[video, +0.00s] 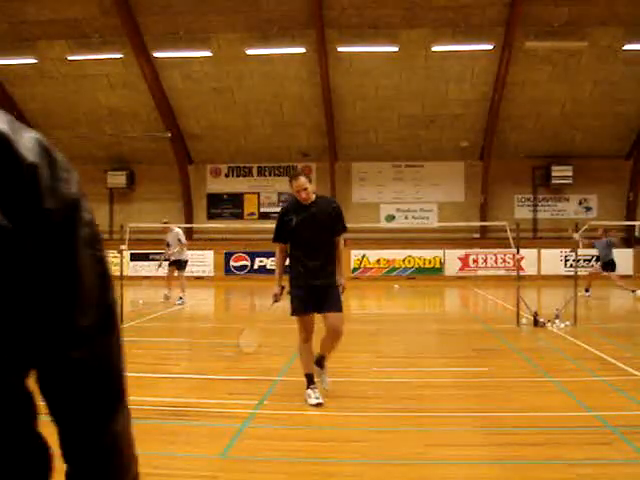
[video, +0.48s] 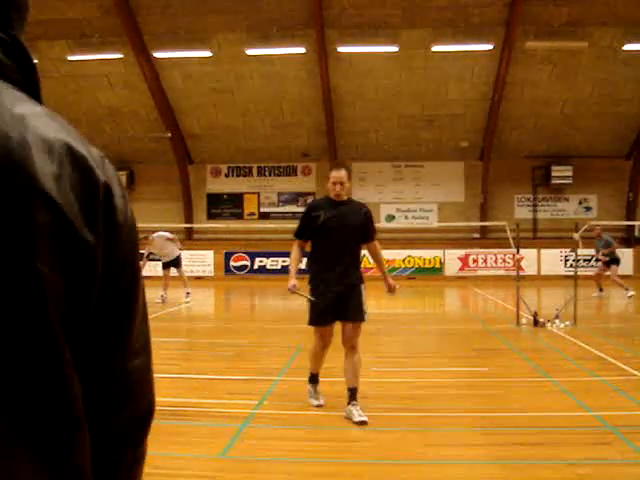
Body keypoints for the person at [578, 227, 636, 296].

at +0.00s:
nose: (599, 233)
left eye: (601, 232)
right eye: (599, 231)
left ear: (604, 233)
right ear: (598, 233)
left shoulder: (608, 241)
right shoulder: (597, 242)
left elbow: (617, 244)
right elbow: (588, 243)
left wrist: (615, 237)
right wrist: (580, 240)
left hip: (609, 263)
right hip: (602, 264)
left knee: (616, 280)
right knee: (591, 274)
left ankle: (632, 290)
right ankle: (587, 290)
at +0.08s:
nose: (596, 234)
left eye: (598, 232)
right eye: (596, 232)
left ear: (602, 233)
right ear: (596, 234)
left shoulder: (606, 242)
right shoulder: (595, 243)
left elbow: (617, 245)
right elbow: (582, 247)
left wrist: (614, 240)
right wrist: (579, 240)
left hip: (608, 265)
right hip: (600, 265)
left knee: (613, 284)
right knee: (588, 273)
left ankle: (630, 291)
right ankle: (587, 291)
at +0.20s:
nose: (592, 233)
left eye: (594, 232)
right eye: (591, 232)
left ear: (597, 233)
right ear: (591, 233)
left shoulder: (599, 240)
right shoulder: (594, 243)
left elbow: (609, 244)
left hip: (606, 261)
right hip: (599, 262)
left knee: (602, 283)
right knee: (587, 272)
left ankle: (621, 291)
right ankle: (587, 291)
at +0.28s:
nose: (592, 232)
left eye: (593, 229)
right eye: (591, 230)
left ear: (597, 230)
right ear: (590, 231)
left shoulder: (600, 237)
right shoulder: (594, 241)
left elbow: (609, 242)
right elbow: (595, 254)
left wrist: (599, 246)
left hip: (608, 258)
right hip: (601, 259)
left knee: (604, 278)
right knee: (590, 273)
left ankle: (620, 290)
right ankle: (587, 290)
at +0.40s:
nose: (594, 232)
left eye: (596, 230)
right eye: (593, 230)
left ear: (599, 230)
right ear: (592, 231)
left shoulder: (604, 237)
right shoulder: (597, 240)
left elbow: (612, 244)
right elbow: (597, 250)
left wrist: (602, 248)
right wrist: (600, 256)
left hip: (612, 257)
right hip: (605, 257)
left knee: (610, 275)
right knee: (594, 273)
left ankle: (625, 290)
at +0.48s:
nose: (596, 233)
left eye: (597, 231)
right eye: (595, 231)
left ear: (600, 231)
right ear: (594, 232)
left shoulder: (606, 239)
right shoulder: (597, 241)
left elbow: (615, 246)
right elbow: (597, 253)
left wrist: (606, 251)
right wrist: (601, 257)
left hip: (614, 258)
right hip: (606, 259)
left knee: (613, 277)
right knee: (597, 276)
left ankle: (628, 290)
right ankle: (600, 291)